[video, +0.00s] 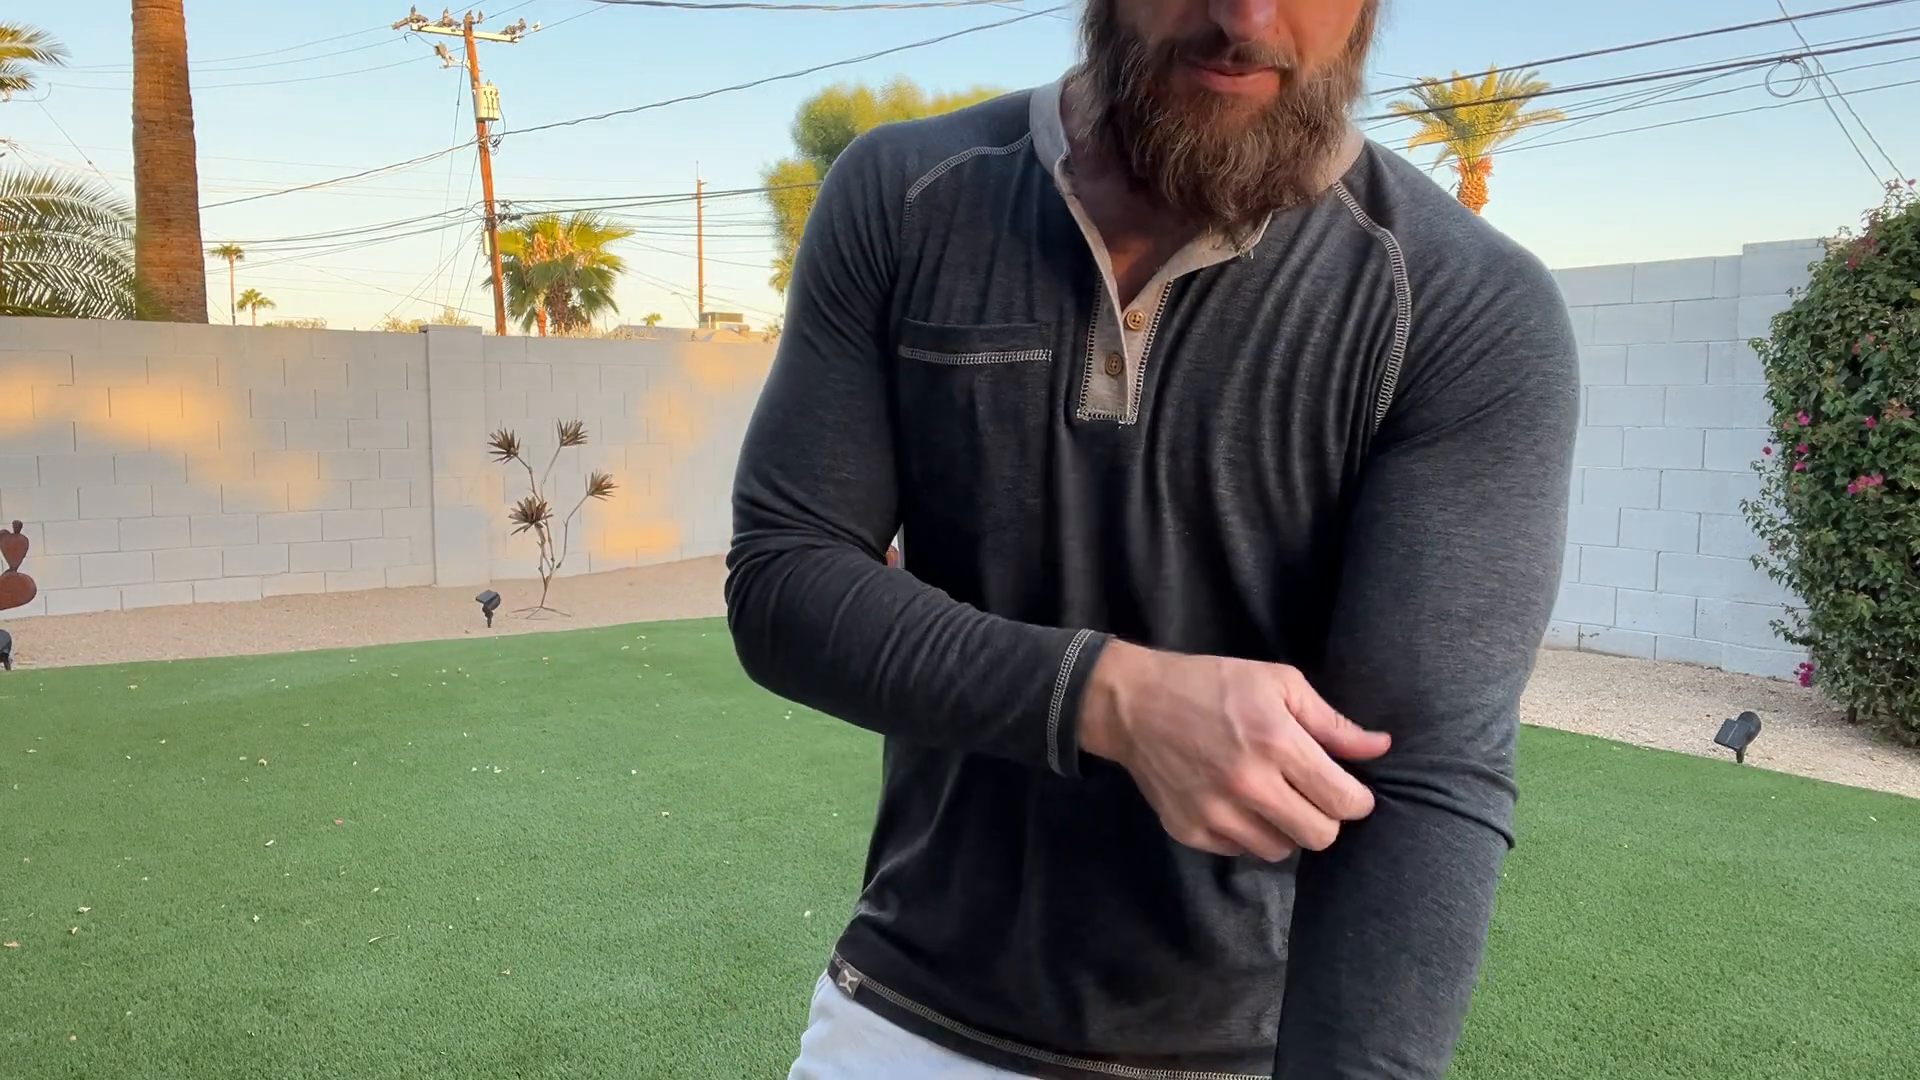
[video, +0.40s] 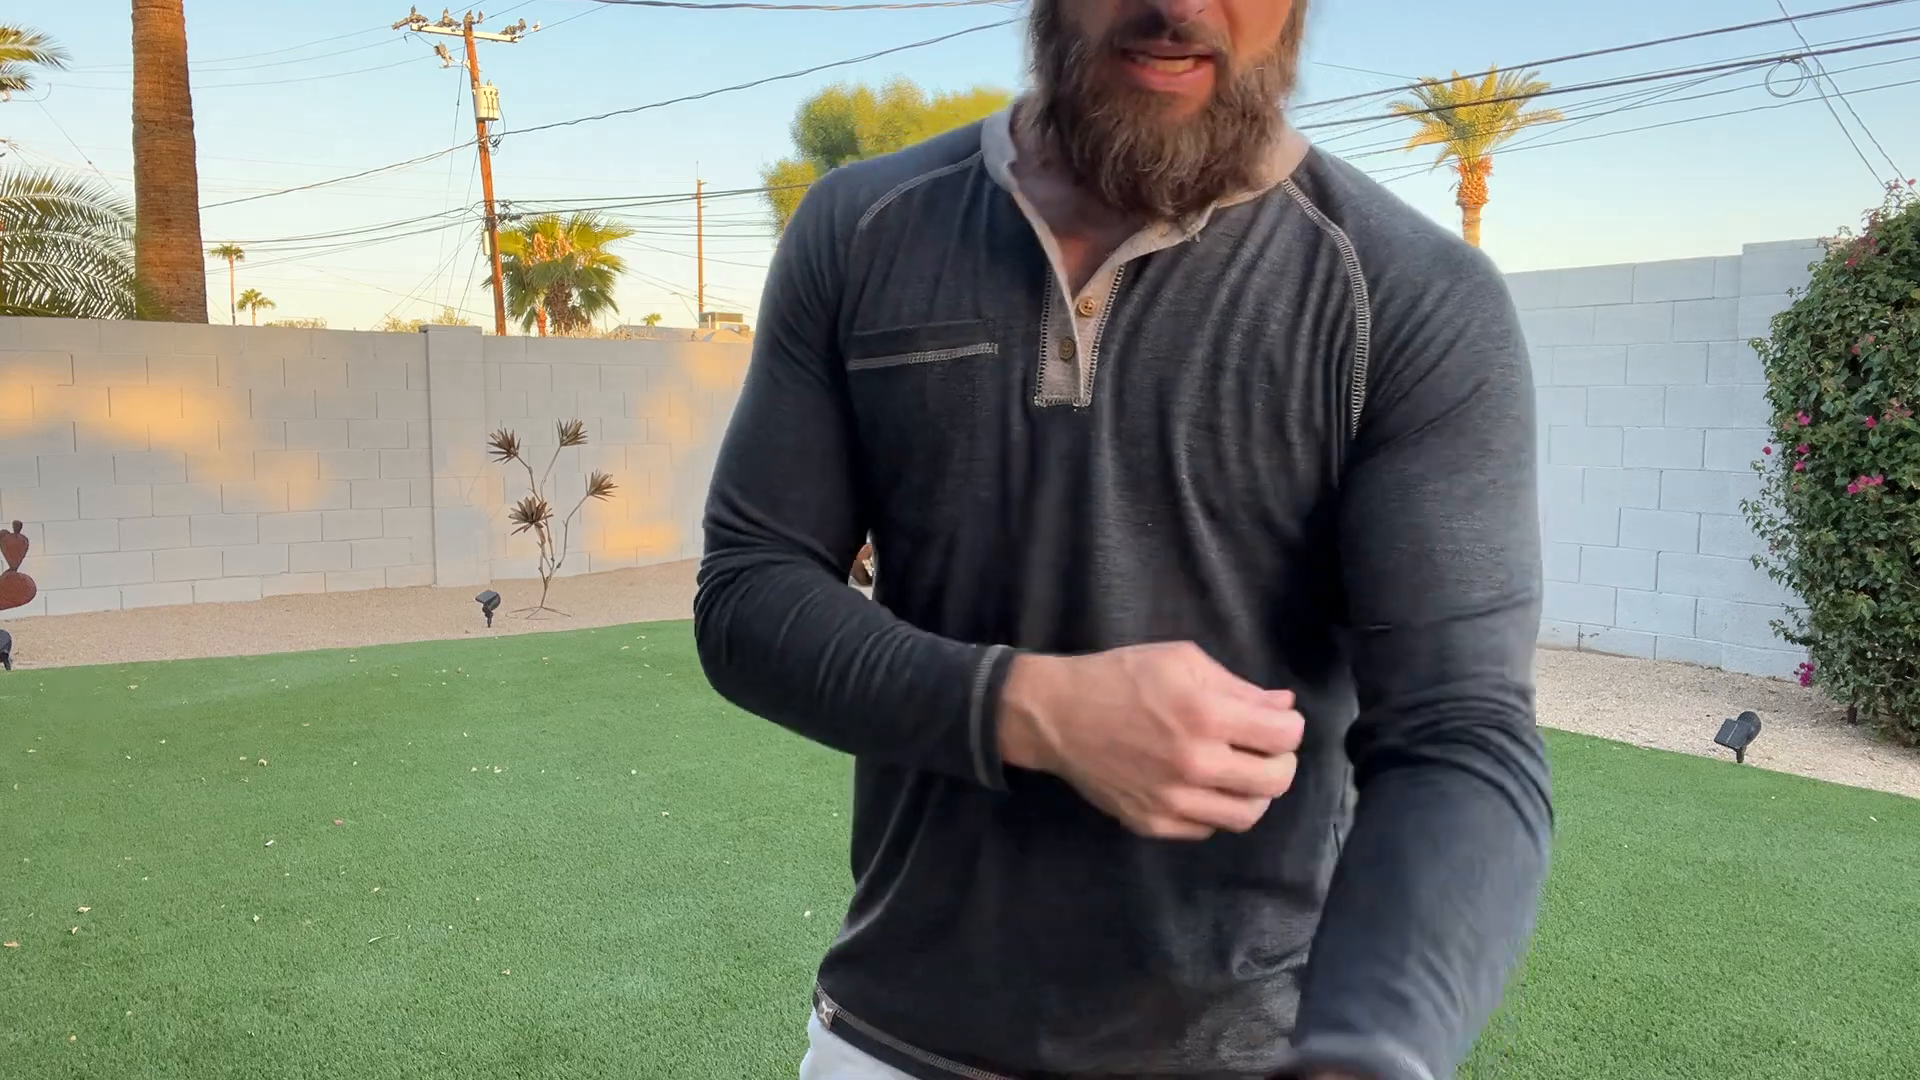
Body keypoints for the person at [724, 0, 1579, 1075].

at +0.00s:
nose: (1246, 19)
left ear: (1367, 6)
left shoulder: (1469, 309)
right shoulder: (897, 200)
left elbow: (1426, 783)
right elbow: (784, 585)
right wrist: (1111, 696)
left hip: (1254, 1045)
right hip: (916, 1021)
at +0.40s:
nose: (1173, 9)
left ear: (1293, 7)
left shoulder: (1416, 299)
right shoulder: (858, 237)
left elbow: (1460, 739)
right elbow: (748, 599)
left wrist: (1359, 1056)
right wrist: (1035, 707)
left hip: (1251, 1034)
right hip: (906, 1033)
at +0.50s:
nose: (1133, 7)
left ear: (1243, 15)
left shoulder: (1365, 284)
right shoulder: (827, 253)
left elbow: (1553, 681)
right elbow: (714, 589)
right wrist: (889, 666)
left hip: (1204, 1026)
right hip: (879, 1020)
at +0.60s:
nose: (1076, 1)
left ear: (1195, 5)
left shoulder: (1317, 263)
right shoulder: (802, 260)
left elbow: (1617, 582)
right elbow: (666, 583)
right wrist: (720, 609)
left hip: (1177, 1025)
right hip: (858, 1021)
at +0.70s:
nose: (1041, 17)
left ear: (1151, 7)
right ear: (918, 6)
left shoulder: (1270, 252)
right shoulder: (786, 271)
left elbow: (1577, 490)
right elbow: (692, 583)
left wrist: (1170, 523)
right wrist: (575, 614)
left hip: (1158, 1027)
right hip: (836, 1020)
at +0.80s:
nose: (1002, 38)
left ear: (1108, 23)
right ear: (886, 17)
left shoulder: (1230, 263)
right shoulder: (766, 286)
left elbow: (1499, 483)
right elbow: (688, 586)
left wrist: (1088, 550)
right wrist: (553, 619)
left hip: (1140, 1031)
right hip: (828, 1021)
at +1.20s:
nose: (916, 22)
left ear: (1019, 13)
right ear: (802, 8)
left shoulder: (1188, 264)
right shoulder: (704, 284)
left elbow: (1306, 573)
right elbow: (622, 644)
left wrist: (1206, 659)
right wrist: (650, 509)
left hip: (1094, 987)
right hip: (818, 991)